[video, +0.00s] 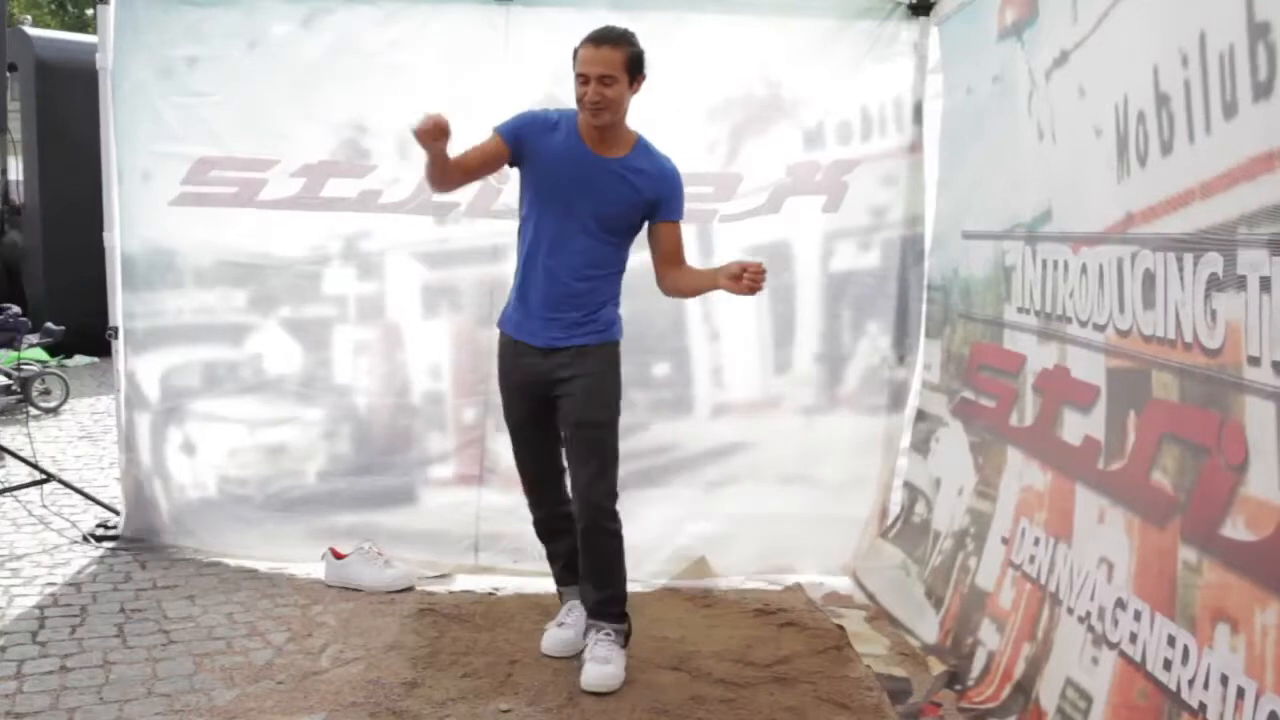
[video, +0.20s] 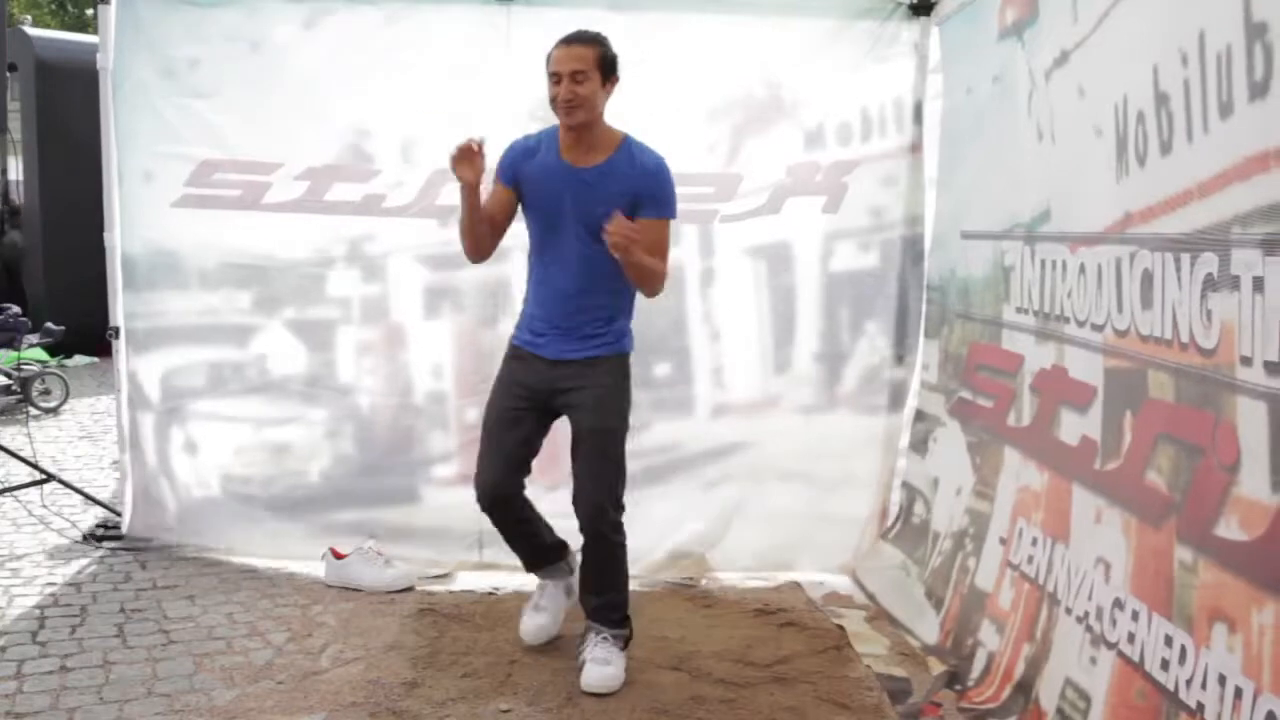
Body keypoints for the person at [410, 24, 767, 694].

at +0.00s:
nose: (595, 92)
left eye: (608, 82)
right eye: (585, 80)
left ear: (635, 85)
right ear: (573, 81)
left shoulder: (656, 176)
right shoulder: (535, 131)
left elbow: (671, 276)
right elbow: (446, 179)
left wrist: (721, 276)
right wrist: (436, 150)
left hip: (591, 350)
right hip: (521, 345)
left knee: (594, 496)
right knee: (543, 491)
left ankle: (607, 629)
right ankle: (574, 598)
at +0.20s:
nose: (567, 91)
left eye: (580, 79)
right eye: (557, 80)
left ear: (609, 85)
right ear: (547, 88)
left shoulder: (646, 171)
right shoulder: (523, 157)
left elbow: (653, 282)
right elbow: (479, 248)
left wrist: (631, 255)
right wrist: (470, 190)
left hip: (600, 360)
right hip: (530, 353)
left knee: (596, 508)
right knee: (494, 488)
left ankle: (608, 634)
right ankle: (557, 571)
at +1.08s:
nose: (521, 84)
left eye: (533, 71)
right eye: (509, 72)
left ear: (557, 75)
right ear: (496, 78)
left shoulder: (598, 144)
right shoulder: (472, 150)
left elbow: (664, 217)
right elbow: (395, 214)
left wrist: (732, 283)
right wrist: (373, 144)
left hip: (583, 344)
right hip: (506, 350)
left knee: (592, 494)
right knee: (519, 497)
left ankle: (587, 630)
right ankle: (547, 613)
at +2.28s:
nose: (486, 105)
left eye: (495, 90)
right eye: (476, 98)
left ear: (528, 89)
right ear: (473, 109)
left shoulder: (575, 133)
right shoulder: (504, 185)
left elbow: (627, 126)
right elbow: (434, 246)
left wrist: (535, 91)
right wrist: (405, 177)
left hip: (614, 336)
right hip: (554, 345)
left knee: (578, 478)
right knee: (532, 487)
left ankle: (622, 598)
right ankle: (572, 621)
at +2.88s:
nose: (503, 112)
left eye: (515, 97)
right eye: (492, 103)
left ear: (546, 97)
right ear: (486, 113)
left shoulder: (590, 119)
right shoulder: (532, 201)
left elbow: (679, 129)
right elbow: (509, 298)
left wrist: (657, 159)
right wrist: (450, 239)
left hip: (672, 306)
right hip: (620, 333)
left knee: (541, 302)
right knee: (584, 490)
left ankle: (557, 477)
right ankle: (638, 650)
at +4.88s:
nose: (573, 90)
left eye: (585, 79)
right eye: (561, 76)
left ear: (596, 81)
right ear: (533, 76)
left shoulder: (624, 134)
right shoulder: (501, 163)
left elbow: (691, 191)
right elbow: (442, 254)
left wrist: (703, 283)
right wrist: (450, 184)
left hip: (630, 320)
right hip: (569, 330)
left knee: (501, 258)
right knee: (553, 482)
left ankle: (519, 434)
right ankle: (600, 629)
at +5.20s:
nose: (565, 65)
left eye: (578, 54)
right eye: (554, 51)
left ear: (595, 63)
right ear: (533, 57)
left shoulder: (633, 123)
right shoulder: (507, 147)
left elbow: (688, 191)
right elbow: (466, 252)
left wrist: (695, 284)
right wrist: (483, 215)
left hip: (633, 302)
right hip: (570, 311)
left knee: (523, 357)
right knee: (570, 467)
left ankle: (555, 528)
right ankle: (596, 620)